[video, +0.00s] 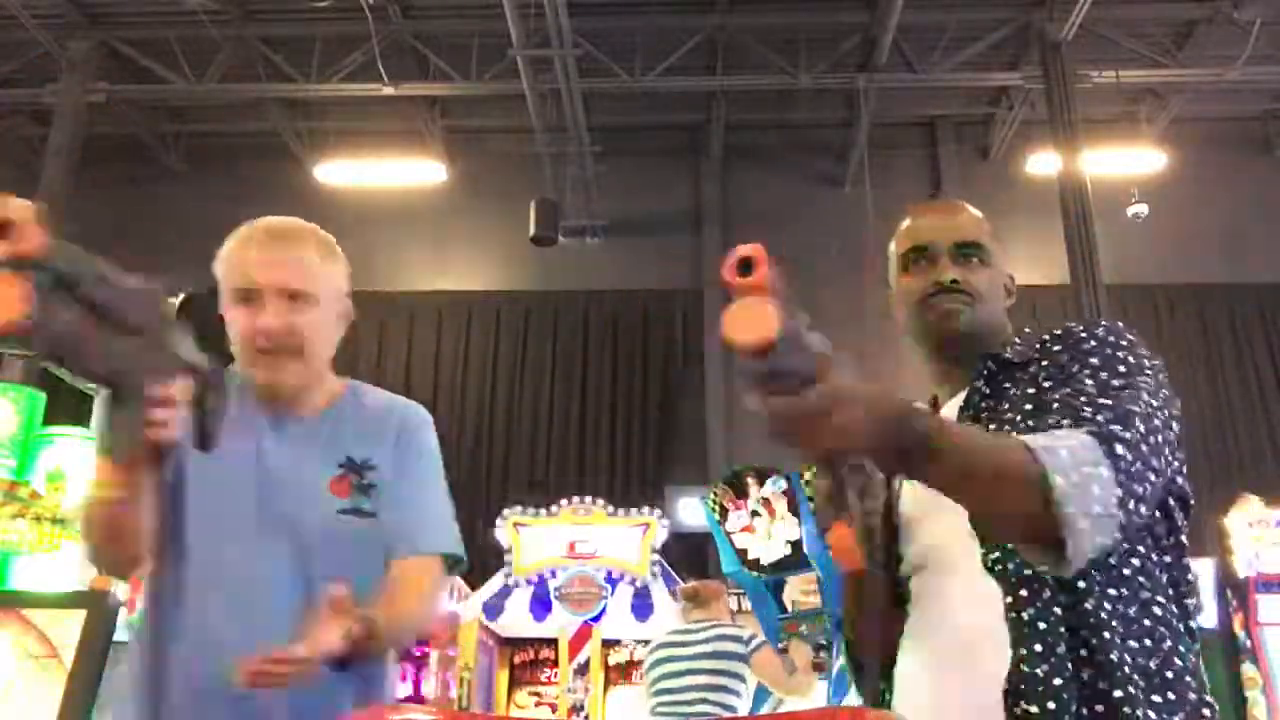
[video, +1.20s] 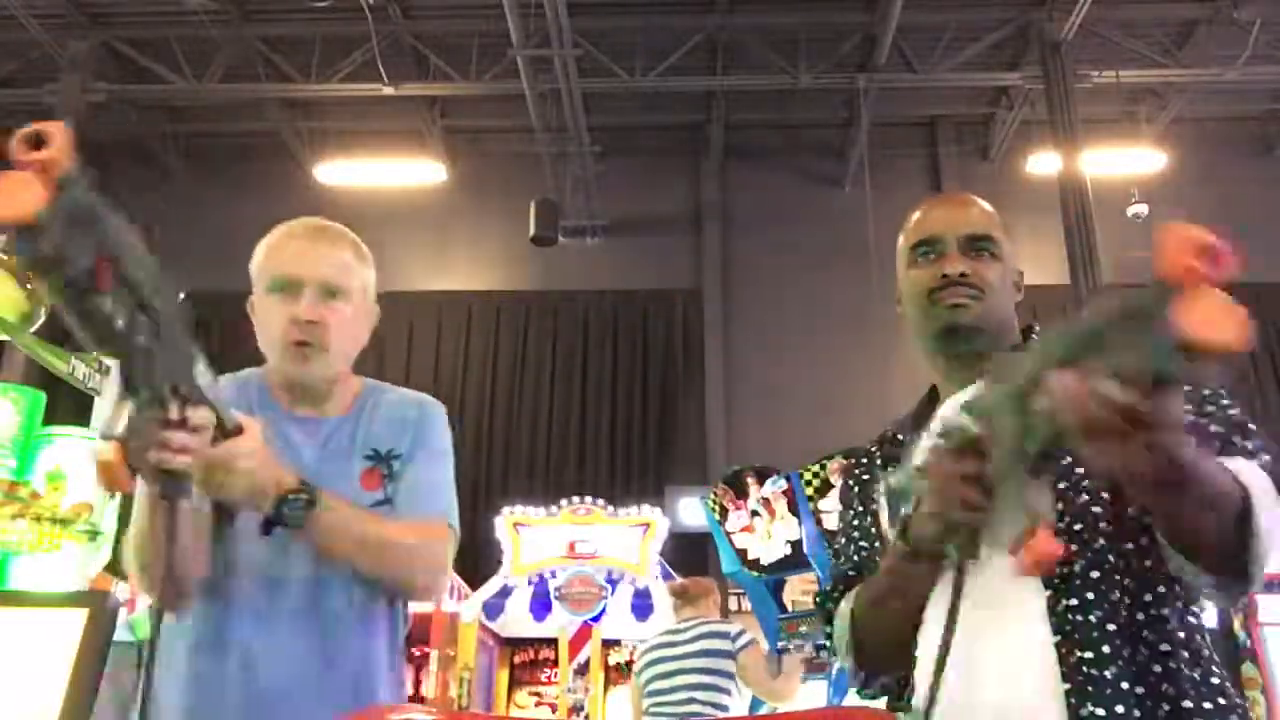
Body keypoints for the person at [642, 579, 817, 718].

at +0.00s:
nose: (731, 609)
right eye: (728, 602)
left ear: (684, 612)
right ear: (722, 603)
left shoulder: (656, 647)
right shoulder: (742, 637)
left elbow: (651, 701)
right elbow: (792, 688)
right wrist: (802, 659)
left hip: (662, 716)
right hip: (715, 713)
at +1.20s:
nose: (723, 609)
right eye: (721, 603)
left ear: (675, 609)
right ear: (714, 600)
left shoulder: (646, 650)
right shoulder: (731, 633)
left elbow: (639, 713)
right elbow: (778, 695)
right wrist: (794, 665)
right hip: (710, 712)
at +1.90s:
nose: (719, 608)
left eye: (717, 601)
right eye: (716, 600)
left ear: (673, 608)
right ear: (708, 596)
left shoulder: (645, 647)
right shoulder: (729, 630)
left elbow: (635, 712)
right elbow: (780, 681)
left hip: (657, 715)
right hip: (709, 714)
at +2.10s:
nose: (718, 607)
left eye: (716, 602)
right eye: (716, 602)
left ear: (674, 612)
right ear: (712, 600)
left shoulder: (647, 649)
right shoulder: (731, 633)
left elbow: (645, 707)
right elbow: (789, 685)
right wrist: (799, 653)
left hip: (657, 715)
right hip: (708, 713)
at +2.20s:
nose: (722, 609)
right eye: (720, 604)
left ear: (676, 612)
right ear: (716, 602)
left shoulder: (649, 649)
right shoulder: (733, 635)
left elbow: (645, 707)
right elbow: (790, 687)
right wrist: (800, 654)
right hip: (711, 713)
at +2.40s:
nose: (725, 610)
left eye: (724, 604)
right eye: (723, 603)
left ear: (680, 611)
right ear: (716, 603)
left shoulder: (652, 648)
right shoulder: (737, 636)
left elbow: (650, 702)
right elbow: (791, 688)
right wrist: (797, 658)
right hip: (717, 713)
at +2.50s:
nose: (728, 610)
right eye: (725, 604)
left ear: (681, 611)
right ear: (720, 603)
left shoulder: (653, 647)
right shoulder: (739, 637)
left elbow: (651, 703)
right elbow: (794, 687)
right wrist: (801, 658)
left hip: (662, 714)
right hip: (716, 711)